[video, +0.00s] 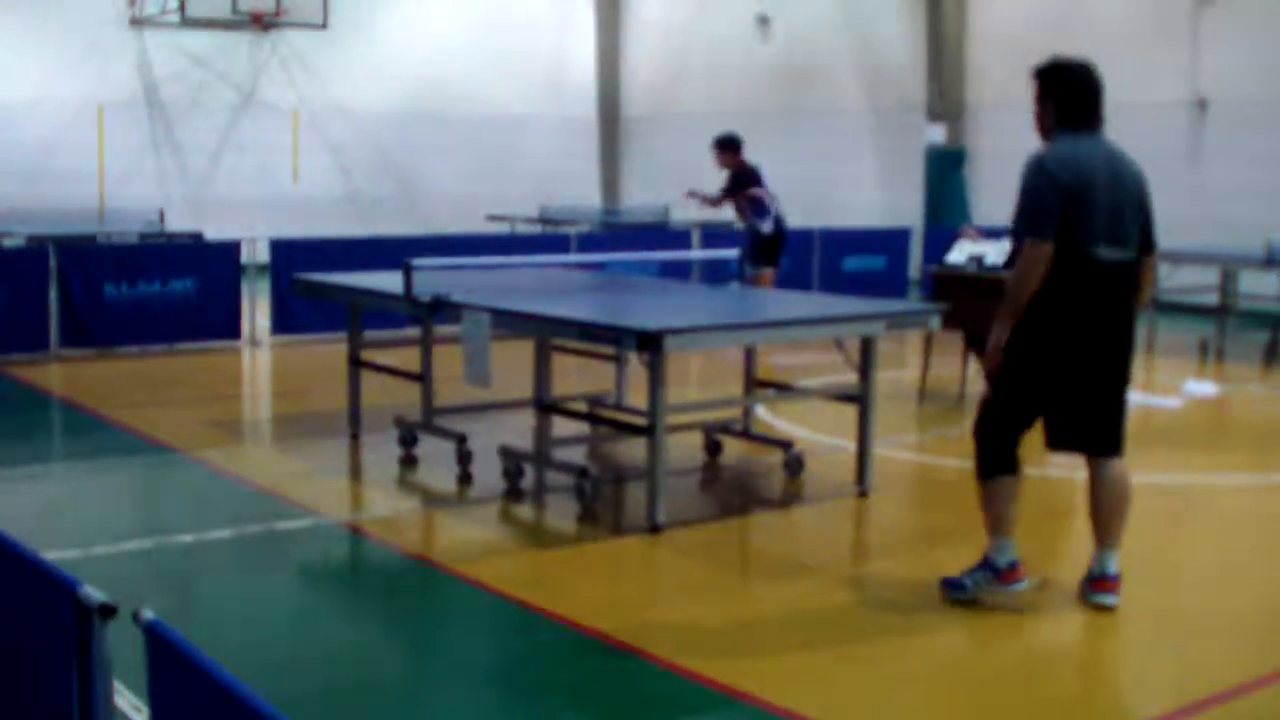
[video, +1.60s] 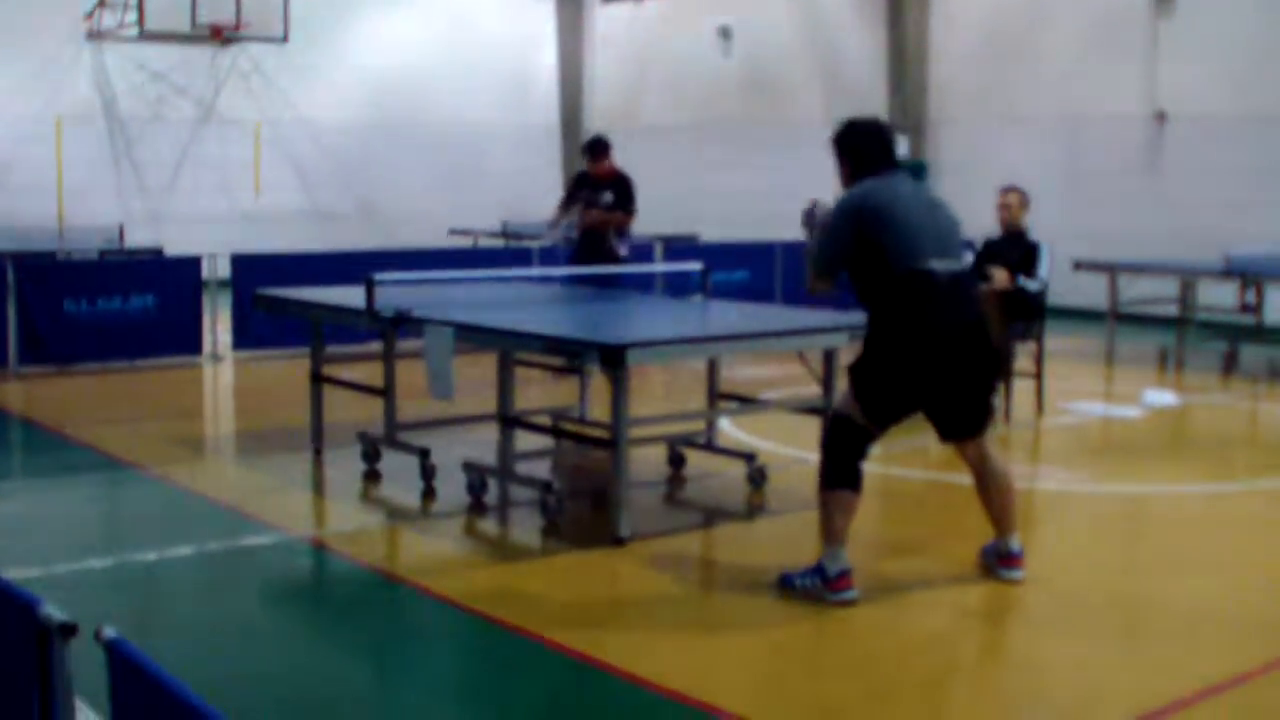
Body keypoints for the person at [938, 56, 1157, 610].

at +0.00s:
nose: (1035, 113)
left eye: (1038, 103)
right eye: (1037, 102)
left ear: (1051, 107)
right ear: (1094, 106)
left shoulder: (1049, 166)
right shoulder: (1126, 171)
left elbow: (1033, 260)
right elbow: (1144, 273)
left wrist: (1001, 327)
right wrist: (1115, 319)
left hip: (1046, 336)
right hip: (1107, 338)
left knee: (995, 430)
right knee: (1106, 448)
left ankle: (1001, 560)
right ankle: (1107, 569)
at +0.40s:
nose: (987, 145)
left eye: (989, 136)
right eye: (989, 136)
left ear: (999, 140)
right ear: (1048, 136)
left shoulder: (985, 199)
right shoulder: (1080, 197)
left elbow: (962, 288)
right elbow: (1127, 277)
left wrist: (954, 350)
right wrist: (1095, 330)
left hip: (998, 359)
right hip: (1064, 357)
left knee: (988, 475)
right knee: (1064, 453)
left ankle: (986, 597)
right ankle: (1090, 554)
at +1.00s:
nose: (961, 169)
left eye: (963, 160)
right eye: (963, 160)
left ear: (974, 163)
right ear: (1016, 161)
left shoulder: (976, 208)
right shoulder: (1046, 216)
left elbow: (968, 278)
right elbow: (1076, 299)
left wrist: (942, 321)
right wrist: (1034, 327)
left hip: (983, 351)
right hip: (1040, 356)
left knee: (924, 452)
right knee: (1023, 457)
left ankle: (929, 576)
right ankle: (1038, 568)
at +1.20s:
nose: (908, 183)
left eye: (911, 175)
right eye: (909, 175)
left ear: (920, 178)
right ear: (965, 175)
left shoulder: (916, 219)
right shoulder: (994, 225)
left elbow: (911, 291)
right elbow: (1027, 300)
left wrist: (901, 350)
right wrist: (1004, 348)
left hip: (938, 369)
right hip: (995, 372)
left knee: (890, 473)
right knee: (992, 465)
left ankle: (847, 587)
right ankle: (1016, 570)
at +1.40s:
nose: (858, 189)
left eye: (860, 181)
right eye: (859, 181)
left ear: (868, 182)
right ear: (914, 176)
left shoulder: (868, 225)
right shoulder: (948, 223)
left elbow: (850, 304)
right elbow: (986, 296)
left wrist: (844, 345)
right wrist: (959, 335)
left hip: (907, 369)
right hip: (972, 367)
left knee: (845, 453)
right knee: (977, 462)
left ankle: (833, 580)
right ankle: (1010, 561)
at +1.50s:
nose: (841, 174)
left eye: (842, 165)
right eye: (842, 165)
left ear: (850, 166)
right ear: (894, 159)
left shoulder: (857, 206)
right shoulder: (933, 204)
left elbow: (830, 288)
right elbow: (974, 281)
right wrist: (995, 346)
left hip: (900, 348)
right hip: (964, 345)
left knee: (842, 438)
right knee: (977, 447)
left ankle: (833, 566)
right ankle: (1009, 546)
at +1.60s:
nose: (838, 170)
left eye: (839, 162)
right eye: (840, 161)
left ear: (847, 164)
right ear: (890, 155)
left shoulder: (854, 207)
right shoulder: (925, 199)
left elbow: (820, 279)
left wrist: (817, 231)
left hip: (901, 349)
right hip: (964, 345)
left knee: (843, 436)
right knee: (977, 447)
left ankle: (833, 565)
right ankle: (1009, 547)